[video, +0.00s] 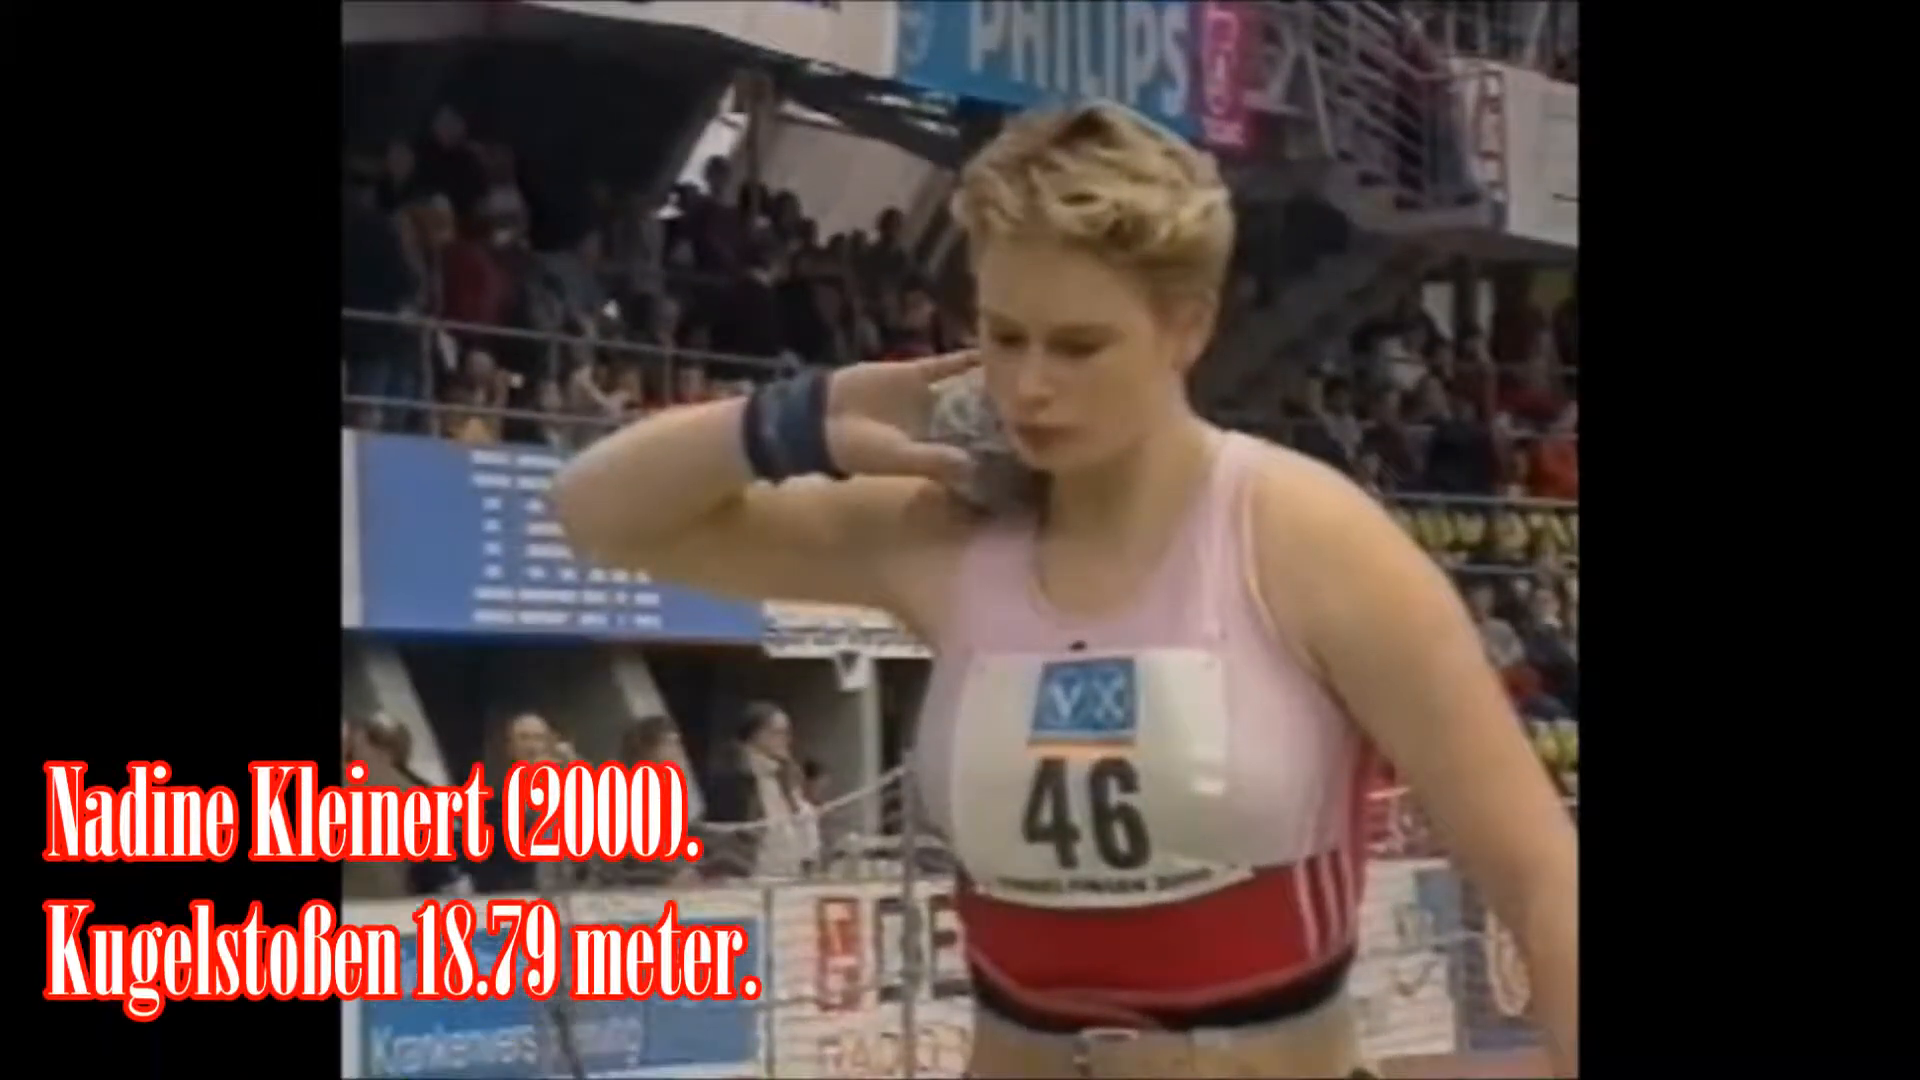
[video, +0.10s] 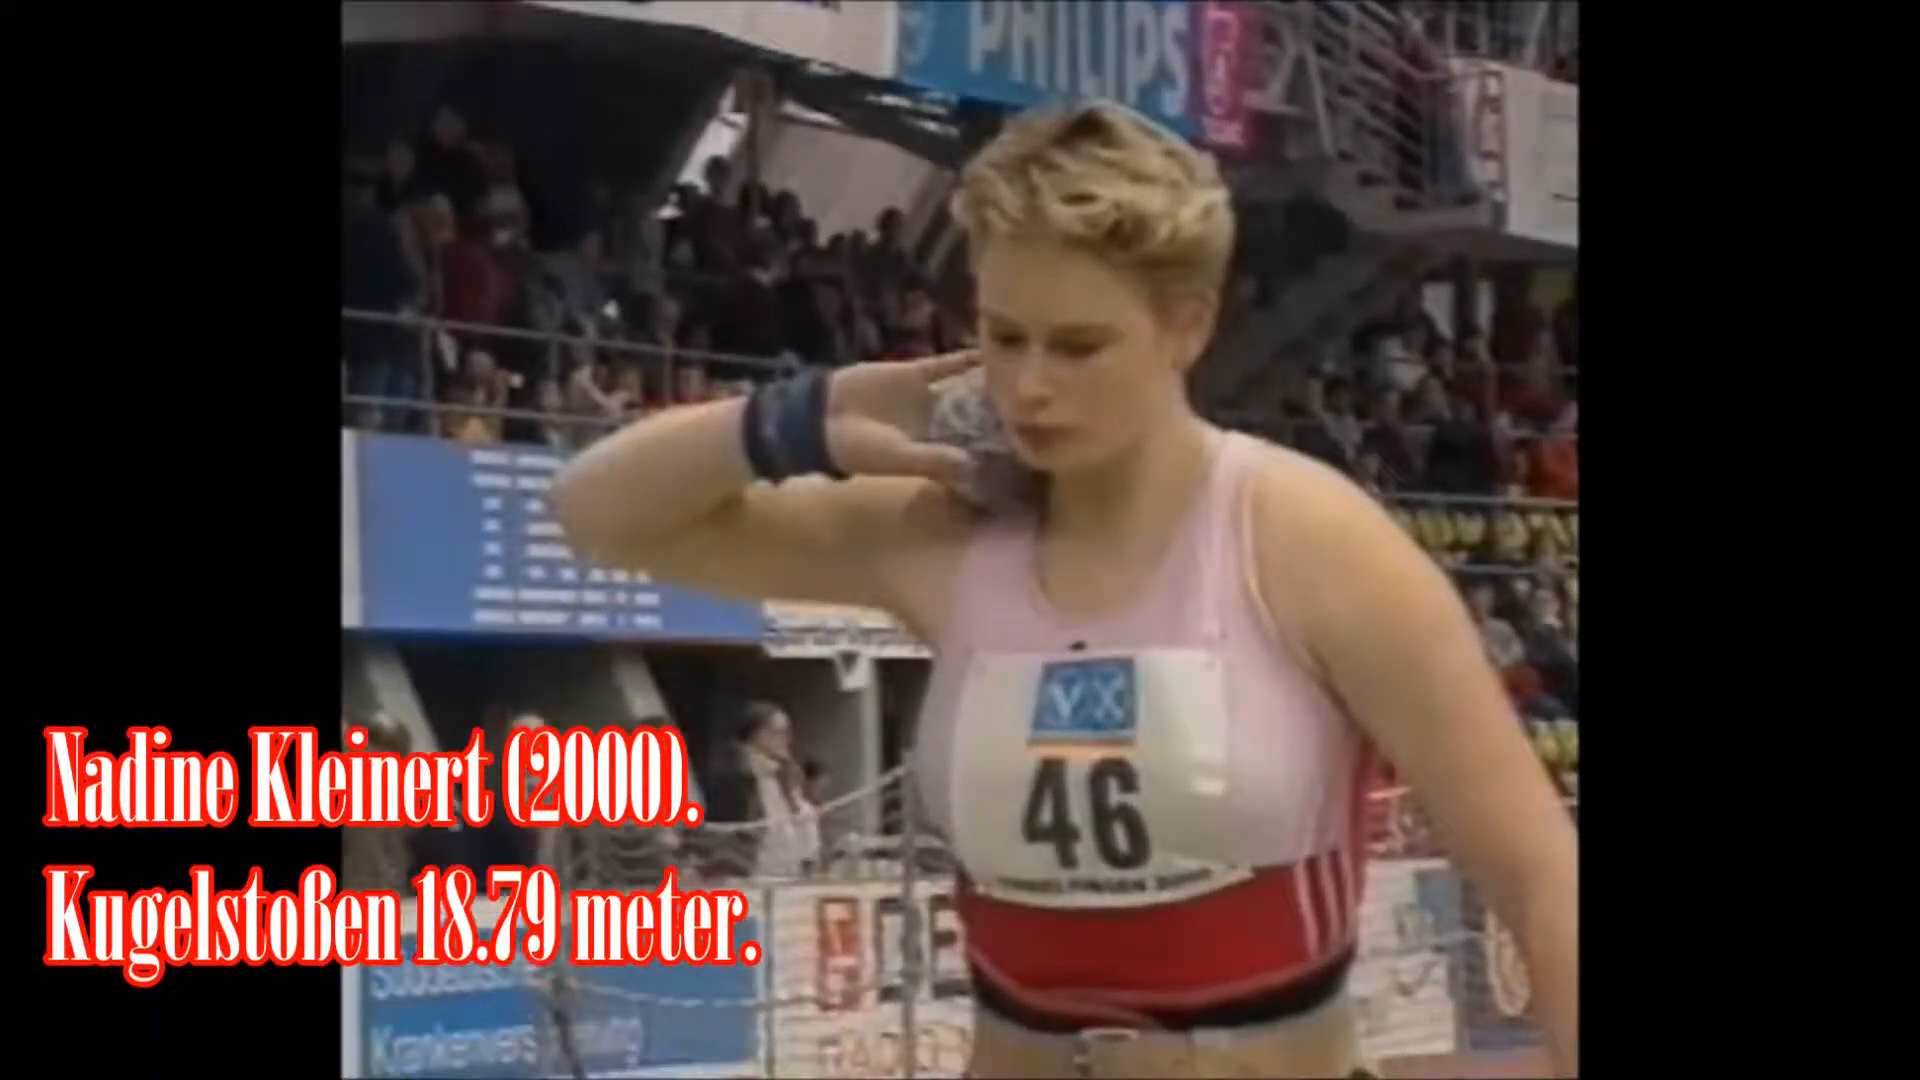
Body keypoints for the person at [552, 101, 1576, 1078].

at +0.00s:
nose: (1028, 387)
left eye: (1078, 345)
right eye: (1004, 339)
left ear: (1186, 329)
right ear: (974, 325)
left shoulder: (1303, 533)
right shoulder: (929, 535)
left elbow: (1538, 874)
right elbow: (600, 512)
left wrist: (1564, 1059)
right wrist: (812, 420)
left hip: (1268, 1054)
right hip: (1016, 1052)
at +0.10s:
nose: (1028, 387)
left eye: (1078, 345)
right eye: (1004, 339)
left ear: (1186, 329)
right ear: (974, 325)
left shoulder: (1303, 533)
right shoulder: (929, 535)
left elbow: (1538, 874)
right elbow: (599, 512)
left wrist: (1564, 1059)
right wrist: (812, 420)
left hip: (1268, 1054)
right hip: (1016, 1052)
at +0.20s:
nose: (1028, 387)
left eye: (1078, 344)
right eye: (1004, 338)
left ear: (1186, 328)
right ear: (974, 325)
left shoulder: (1303, 533)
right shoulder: (928, 534)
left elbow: (1538, 874)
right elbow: (599, 512)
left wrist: (1564, 1060)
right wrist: (811, 420)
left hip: (1269, 1054)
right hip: (1016, 1052)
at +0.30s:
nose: (1028, 387)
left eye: (1079, 344)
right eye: (1004, 338)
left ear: (1186, 328)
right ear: (974, 324)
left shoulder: (1303, 533)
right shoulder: (928, 534)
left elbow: (1539, 874)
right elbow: (600, 513)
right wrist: (812, 420)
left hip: (1269, 1055)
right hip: (1017, 1051)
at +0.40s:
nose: (1028, 387)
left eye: (1079, 345)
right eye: (1004, 338)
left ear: (1186, 328)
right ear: (974, 324)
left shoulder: (1303, 533)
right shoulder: (929, 534)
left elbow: (1539, 874)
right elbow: (599, 513)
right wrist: (810, 420)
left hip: (1269, 1054)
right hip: (1017, 1051)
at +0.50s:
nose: (1028, 387)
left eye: (1079, 345)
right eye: (1004, 338)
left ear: (1186, 328)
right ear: (974, 324)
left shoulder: (1303, 533)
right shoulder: (929, 534)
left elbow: (1539, 874)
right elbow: (599, 513)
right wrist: (809, 421)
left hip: (1269, 1054)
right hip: (1017, 1051)